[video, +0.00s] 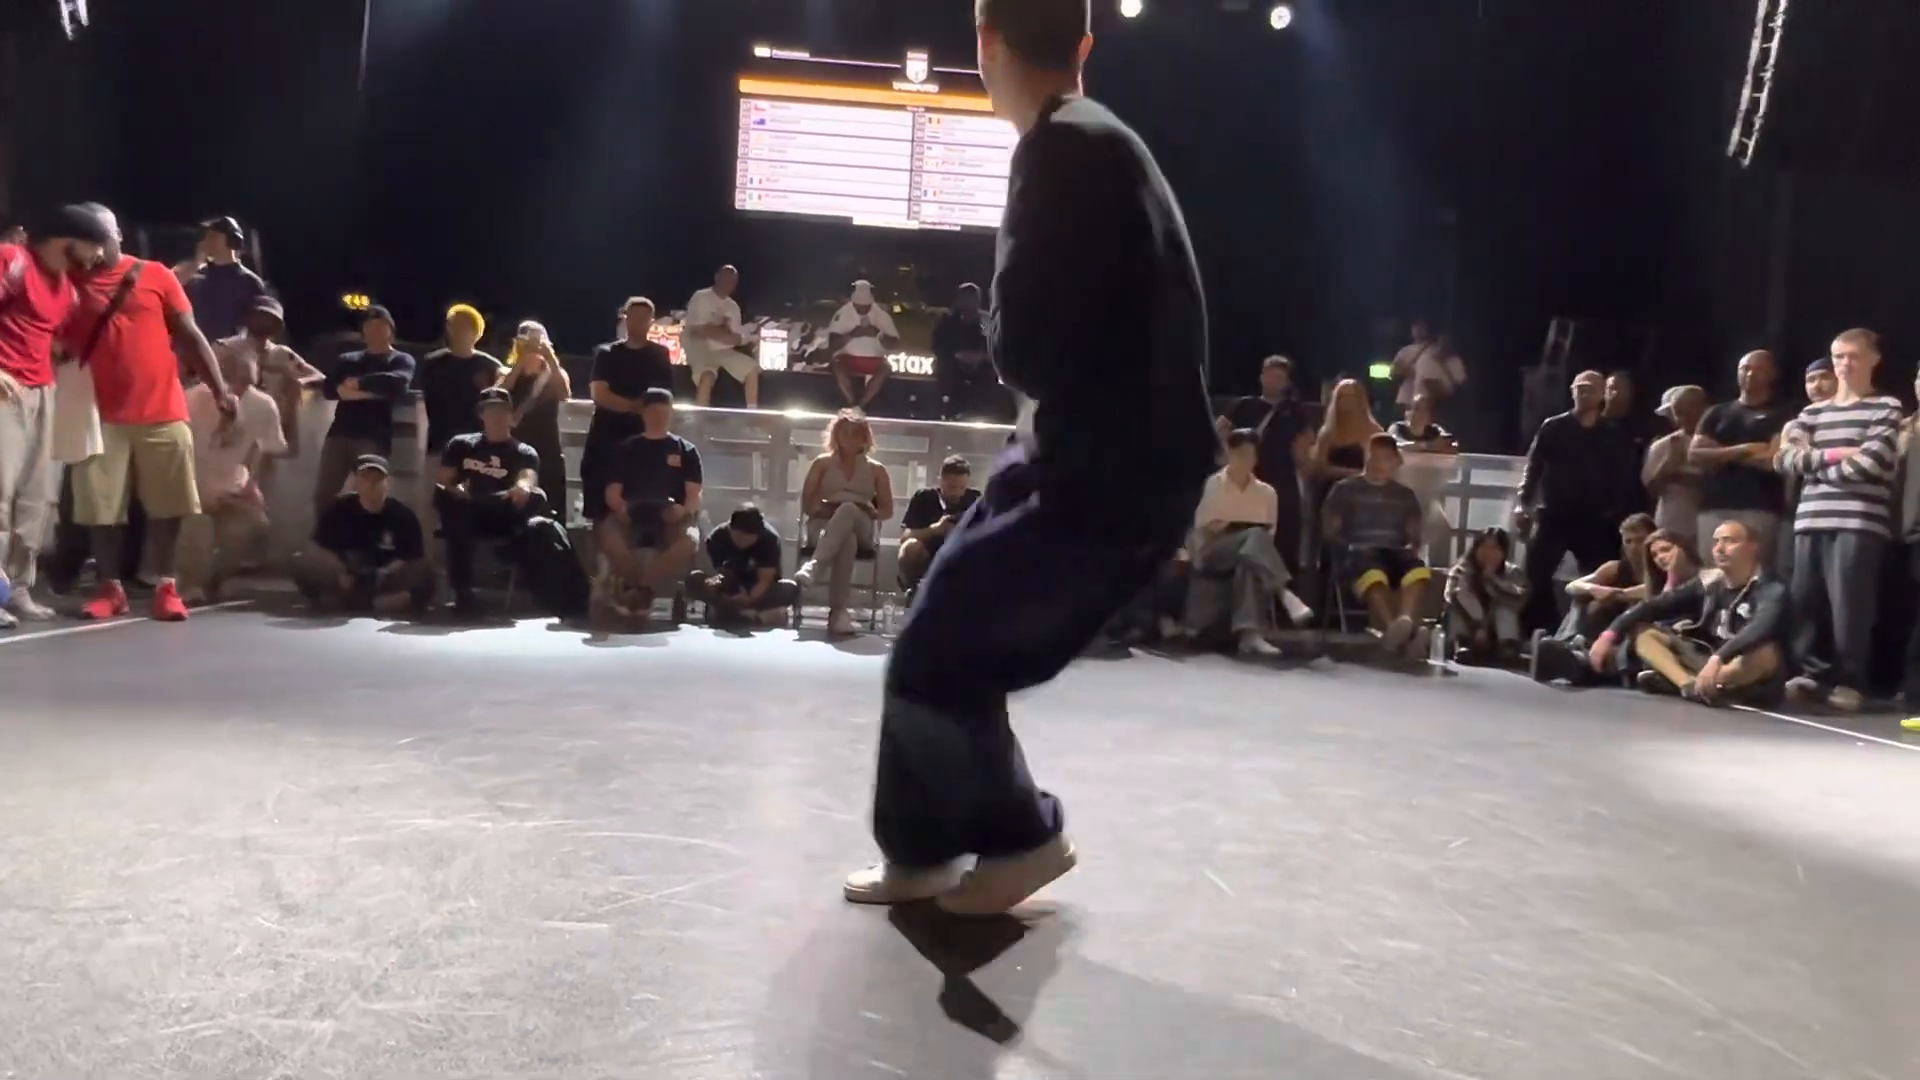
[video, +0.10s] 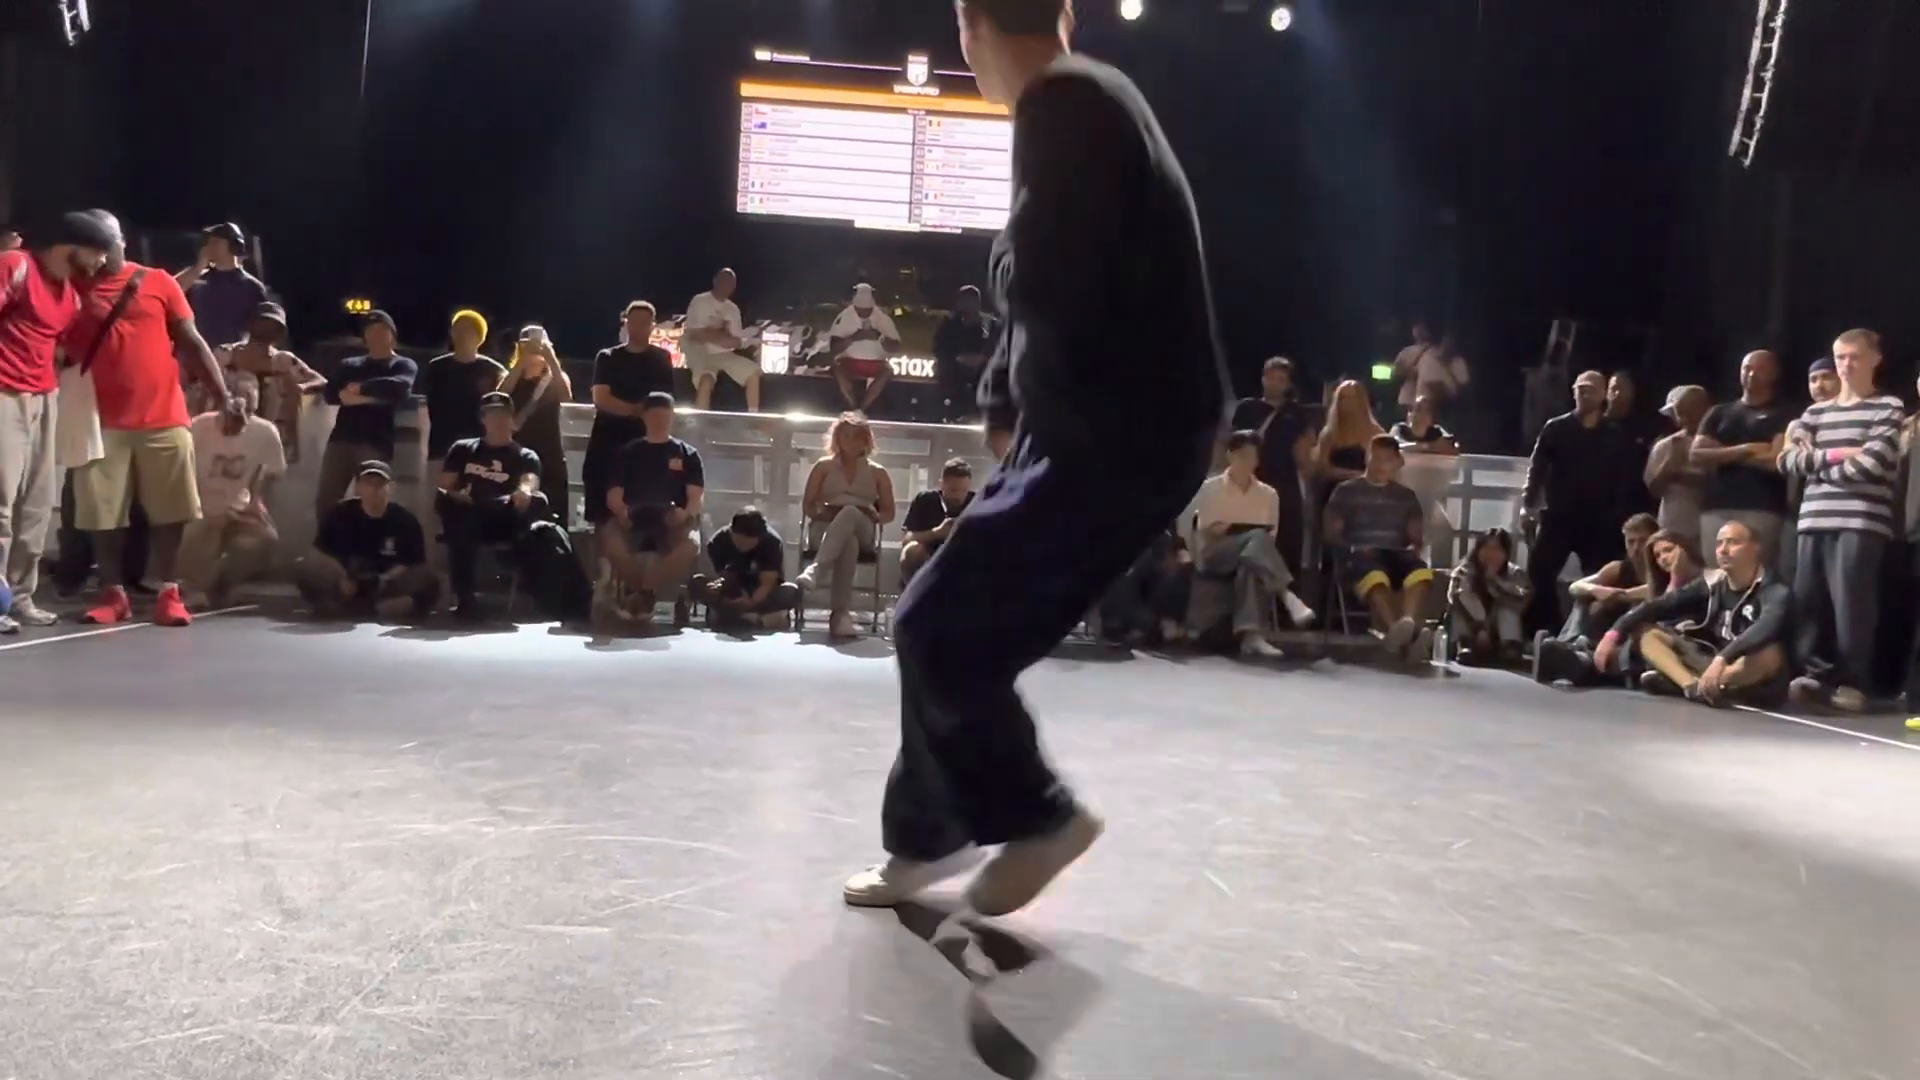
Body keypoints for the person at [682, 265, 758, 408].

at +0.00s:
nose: (729, 284)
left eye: (733, 281)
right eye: (726, 279)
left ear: (736, 283)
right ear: (717, 278)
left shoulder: (733, 307)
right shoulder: (700, 297)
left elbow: (737, 338)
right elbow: (693, 330)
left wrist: (711, 332)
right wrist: (720, 329)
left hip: (723, 350)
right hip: (701, 349)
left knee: (752, 370)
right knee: (708, 376)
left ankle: (752, 415)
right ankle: (699, 418)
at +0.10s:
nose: (726, 286)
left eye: (730, 283)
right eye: (724, 281)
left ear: (734, 287)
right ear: (715, 282)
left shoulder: (733, 309)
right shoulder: (699, 301)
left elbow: (736, 341)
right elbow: (693, 333)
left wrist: (709, 335)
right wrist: (719, 332)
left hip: (724, 353)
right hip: (701, 352)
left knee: (753, 373)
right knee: (706, 380)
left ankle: (753, 419)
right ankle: (700, 423)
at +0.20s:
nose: (722, 285)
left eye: (725, 282)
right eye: (719, 280)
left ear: (729, 286)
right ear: (711, 281)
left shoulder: (730, 308)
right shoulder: (696, 300)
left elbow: (735, 340)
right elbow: (691, 332)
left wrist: (705, 335)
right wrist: (717, 331)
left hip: (723, 352)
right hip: (699, 351)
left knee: (751, 372)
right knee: (705, 379)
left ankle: (752, 418)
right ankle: (699, 422)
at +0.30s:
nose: (714, 275)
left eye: (719, 272)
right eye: (711, 271)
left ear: (724, 277)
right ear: (705, 273)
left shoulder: (725, 298)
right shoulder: (691, 292)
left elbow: (729, 334)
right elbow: (686, 325)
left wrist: (704, 326)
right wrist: (712, 323)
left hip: (719, 345)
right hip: (695, 344)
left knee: (747, 365)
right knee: (701, 372)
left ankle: (750, 410)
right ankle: (696, 414)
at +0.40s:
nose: (715, 276)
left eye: (719, 272)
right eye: (712, 271)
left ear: (723, 276)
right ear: (703, 272)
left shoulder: (724, 299)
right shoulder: (690, 293)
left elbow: (730, 332)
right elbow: (688, 325)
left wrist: (708, 324)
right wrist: (713, 325)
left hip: (718, 344)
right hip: (695, 343)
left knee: (747, 365)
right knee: (702, 372)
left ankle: (749, 410)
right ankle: (696, 415)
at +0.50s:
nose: (717, 282)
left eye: (720, 278)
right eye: (713, 277)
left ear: (723, 282)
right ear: (704, 278)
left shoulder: (725, 305)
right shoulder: (691, 299)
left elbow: (732, 336)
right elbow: (689, 332)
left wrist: (712, 330)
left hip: (720, 350)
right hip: (697, 350)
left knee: (748, 371)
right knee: (703, 379)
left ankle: (751, 416)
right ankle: (696, 420)